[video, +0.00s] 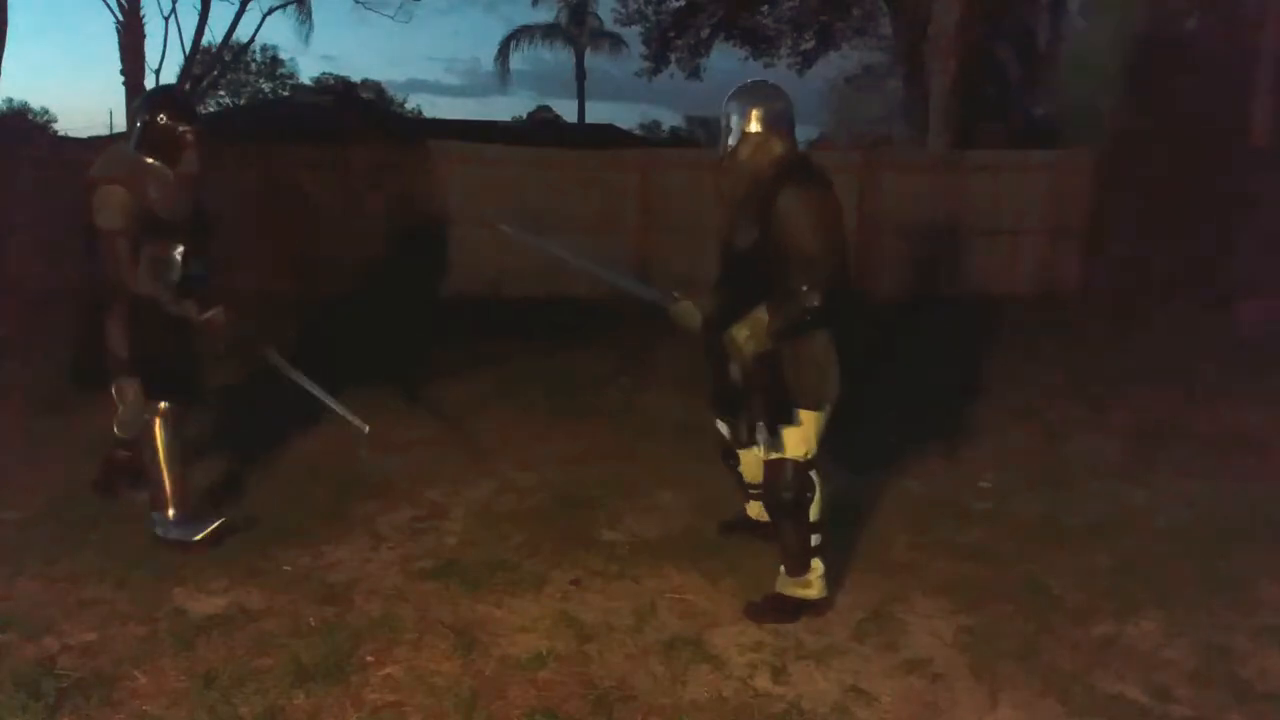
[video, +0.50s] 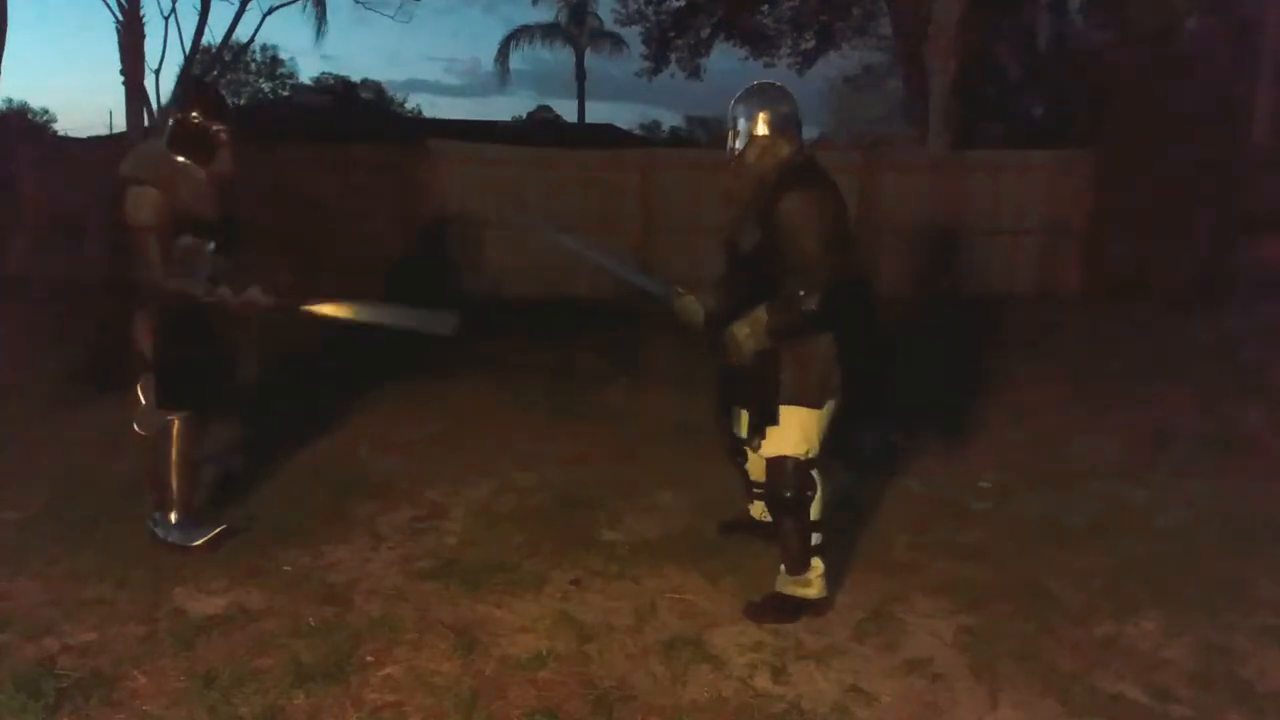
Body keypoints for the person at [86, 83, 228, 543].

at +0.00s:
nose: (187, 138)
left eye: (189, 129)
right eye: (179, 128)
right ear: (154, 127)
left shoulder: (173, 183)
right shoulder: (119, 183)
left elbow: (187, 255)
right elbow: (121, 275)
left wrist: (206, 299)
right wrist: (188, 310)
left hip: (166, 305)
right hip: (137, 308)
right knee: (164, 402)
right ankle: (173, 511)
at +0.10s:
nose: (191, 141)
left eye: (193, 132)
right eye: (184, 131)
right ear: (159, 129)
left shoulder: (175, 184)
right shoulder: (123, 183)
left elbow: (184, 254)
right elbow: (127, 277)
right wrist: (190, 314)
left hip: (168, 305)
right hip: (143, 309)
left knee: (152, 396)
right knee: (170, 402)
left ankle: (124, 466)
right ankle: (176, 512)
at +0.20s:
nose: (195, 142)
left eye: (195, 133)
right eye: (188, 132)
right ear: (165, 129)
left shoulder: (174, 182)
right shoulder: (128, 180)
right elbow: (128, 274)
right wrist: (195, 312)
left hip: (175, 306)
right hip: (152, 310)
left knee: (160, 400)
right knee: (177, 406)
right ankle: (176, 513)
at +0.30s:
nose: (206, 143)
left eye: (205, 133)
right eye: (199, 132)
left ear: (169, 132)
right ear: (175, 131)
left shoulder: (180, 183)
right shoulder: (137, 182)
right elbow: (136, 277)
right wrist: (205, 312)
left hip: (177, 309)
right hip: (156, 311)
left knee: (171, 404)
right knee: (176, 409)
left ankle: (167, 503)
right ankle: (178, 514)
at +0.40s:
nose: (212, 143)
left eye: (212, 133)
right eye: (206, 132)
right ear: (184, 130)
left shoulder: (189, 183)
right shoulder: (147, 183)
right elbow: (139, 272)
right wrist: (201, 302)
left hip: (188, 308)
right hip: (165, 312)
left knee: (181, 405)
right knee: (181, 410)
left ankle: (172, 505)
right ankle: (178, 513)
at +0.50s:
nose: (224, 140)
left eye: (224, 131)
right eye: (217, 130)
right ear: (193, 128)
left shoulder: (199, 180)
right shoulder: (154, 180)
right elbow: (154, 273)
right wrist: (220, 295)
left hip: (196, 307)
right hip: (173, 310)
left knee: (191, 405)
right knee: (188, 408)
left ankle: (174, 507)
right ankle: (180, 515)